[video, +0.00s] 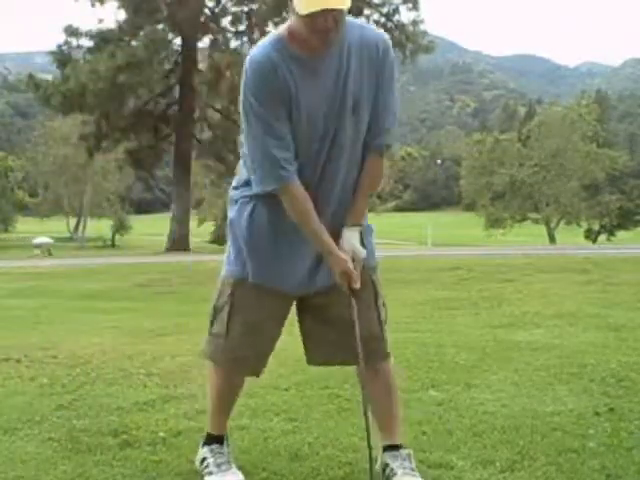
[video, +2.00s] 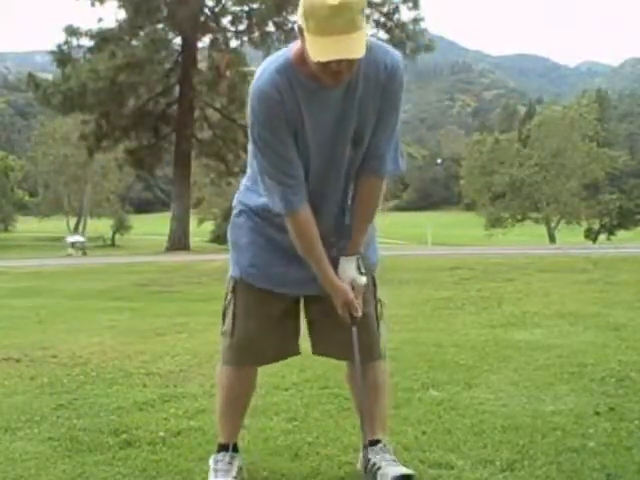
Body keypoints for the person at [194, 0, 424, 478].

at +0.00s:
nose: (328, 21)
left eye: (336, 10)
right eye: (315, 13)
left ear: (349, 4)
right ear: (293, 8)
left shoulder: (375, 47)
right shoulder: (266, 63)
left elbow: (376, 149)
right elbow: (279, 174)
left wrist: (352, 228)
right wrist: (329, 249)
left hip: (343, 225)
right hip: (269, 223)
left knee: (373, 344)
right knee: (236, 343)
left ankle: (394, 455)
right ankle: (214, 446)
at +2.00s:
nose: (337, 64)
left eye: (348, 52)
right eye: (324, 54)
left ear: (363, 33)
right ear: (302, 35)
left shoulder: (385, 68)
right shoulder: (272, 86)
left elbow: (375, 169)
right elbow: (290, 199)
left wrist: (352, 256)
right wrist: (328, 277)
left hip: (346, 226)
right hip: (269, 225)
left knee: (367, 341)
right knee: (243, 342)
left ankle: (377, 450)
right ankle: (226, 454)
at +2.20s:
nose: (335, 64)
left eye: (344, 52)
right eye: (321, 55)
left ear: (358, 31)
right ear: (299, 35)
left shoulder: (383, 65)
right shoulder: (269, 86)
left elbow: (375, 168)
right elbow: (290, 198)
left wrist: (353, 256)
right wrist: (329, 278)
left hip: (346, 225)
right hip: (270, 225)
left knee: (368, 338)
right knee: (243, 341)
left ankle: (377, 452)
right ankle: (225, 455)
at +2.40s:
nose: (344, 57)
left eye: (352, 46)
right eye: (331, 48)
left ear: (365, 27)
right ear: (308, 30)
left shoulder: (392, 62)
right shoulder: (280, 81)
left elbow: (386, 162)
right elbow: (299, 194)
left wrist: (366, 250)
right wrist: (343, 271)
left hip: (356, 225)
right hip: (281, 224)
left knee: (373, 340)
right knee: (250, 342)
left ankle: (378, 451)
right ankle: (226, 455)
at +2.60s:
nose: (351, 48)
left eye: (359, 36)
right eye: (338, 39)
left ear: (374, 19)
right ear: (315, 26)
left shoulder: (397, 46)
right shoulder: (296, 84)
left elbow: (409, 148)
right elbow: (341, 195)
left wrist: (410, 232)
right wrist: (399, 259)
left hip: (372, 223)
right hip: (299, 227)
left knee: (386, 341)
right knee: (265, 347)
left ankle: (379, 452)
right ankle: (229, 455)